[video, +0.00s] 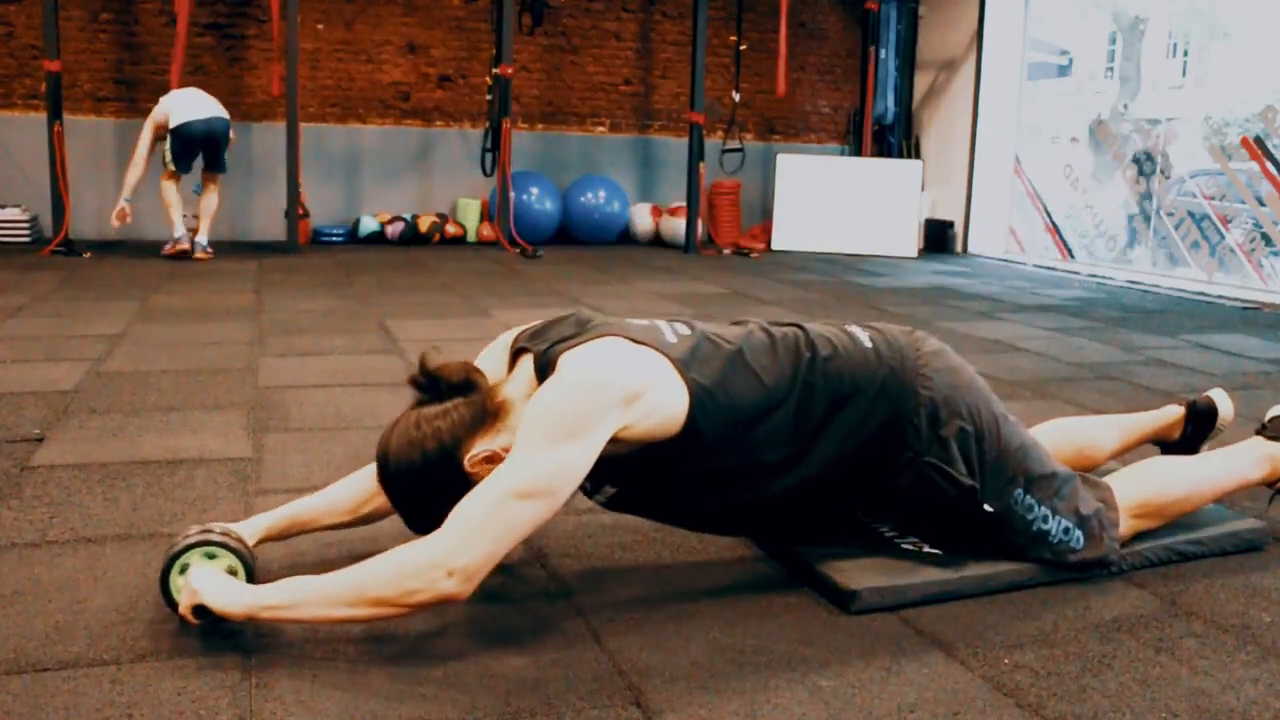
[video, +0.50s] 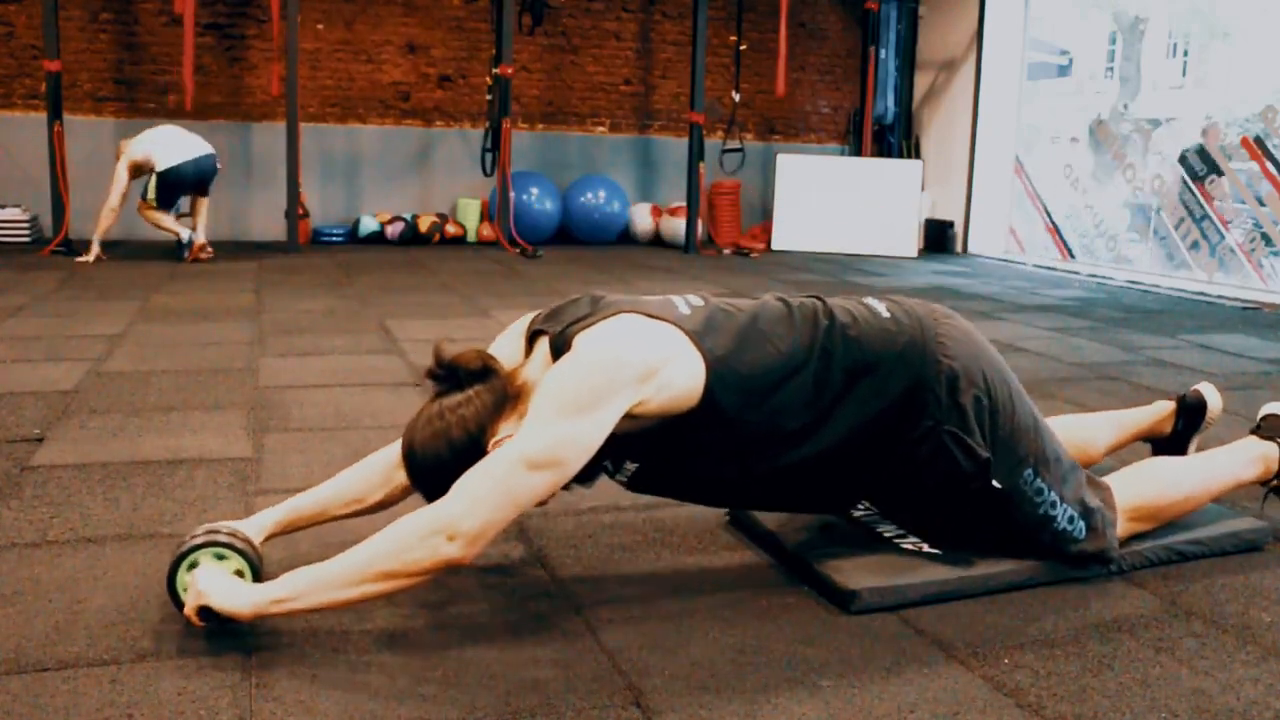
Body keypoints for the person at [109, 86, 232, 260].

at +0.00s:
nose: (159, 141)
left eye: (158, 138)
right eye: (157, 139)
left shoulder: (157, 112)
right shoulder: (206, 100)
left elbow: (139, 160)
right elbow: (229, 137)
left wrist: (124, 199)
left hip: (185, 125)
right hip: (219, 123)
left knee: (170, 178)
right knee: (211, 181)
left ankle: (180, 237)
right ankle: (202, 242)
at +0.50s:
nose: (130, 172)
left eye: (123, 162)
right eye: (124, 164)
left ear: (124, 153)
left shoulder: (128, 154)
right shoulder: (169, 133)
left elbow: (113, 205)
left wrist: (96, 240)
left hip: (173, 168)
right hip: (208, 160)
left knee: (146, 209)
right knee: (201, 195)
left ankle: (185, 236)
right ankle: (200, 239)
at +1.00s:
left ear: (127, 140)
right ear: (150, 139)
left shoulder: (110, 157)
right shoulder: (164, 150)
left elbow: (100, 204)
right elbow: (207, 179)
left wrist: (93, 244)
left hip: (124, 227)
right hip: (157, 216)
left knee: (140, 247)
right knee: (194, 181)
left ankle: (171, 251)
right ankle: (197, 241)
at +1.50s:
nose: (147, 160)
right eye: (147, 157)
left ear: (121, 151)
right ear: (145, 155)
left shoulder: (96, 166)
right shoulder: (148, 165)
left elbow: (85, 207)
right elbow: (191, 185)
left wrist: (91, 250)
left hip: (103, 251)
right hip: (131, 244)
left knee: (149, 244)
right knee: (176, 188)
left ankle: (173, 253)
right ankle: (201, 241)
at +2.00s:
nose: (121, 159)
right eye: (123, 155)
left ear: (97, 152)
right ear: (123, 153)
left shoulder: (74, 172)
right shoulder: (129, 168)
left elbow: (51, 214)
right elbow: (167, 184)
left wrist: (74, 216)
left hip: (95, 256)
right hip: (127, 248)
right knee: (181, 203)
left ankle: (167, 250)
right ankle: (227, 233)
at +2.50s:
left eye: (97, 152)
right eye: (114, 151)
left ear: (92, 154)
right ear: (118, 153)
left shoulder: (74, 176)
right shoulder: (132, 170)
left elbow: (51, 219)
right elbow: (166, 197)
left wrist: (35, 233)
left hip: (99, 256)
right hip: (132, 250)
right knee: (181, 206)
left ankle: (169, 251)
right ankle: (217, 238)